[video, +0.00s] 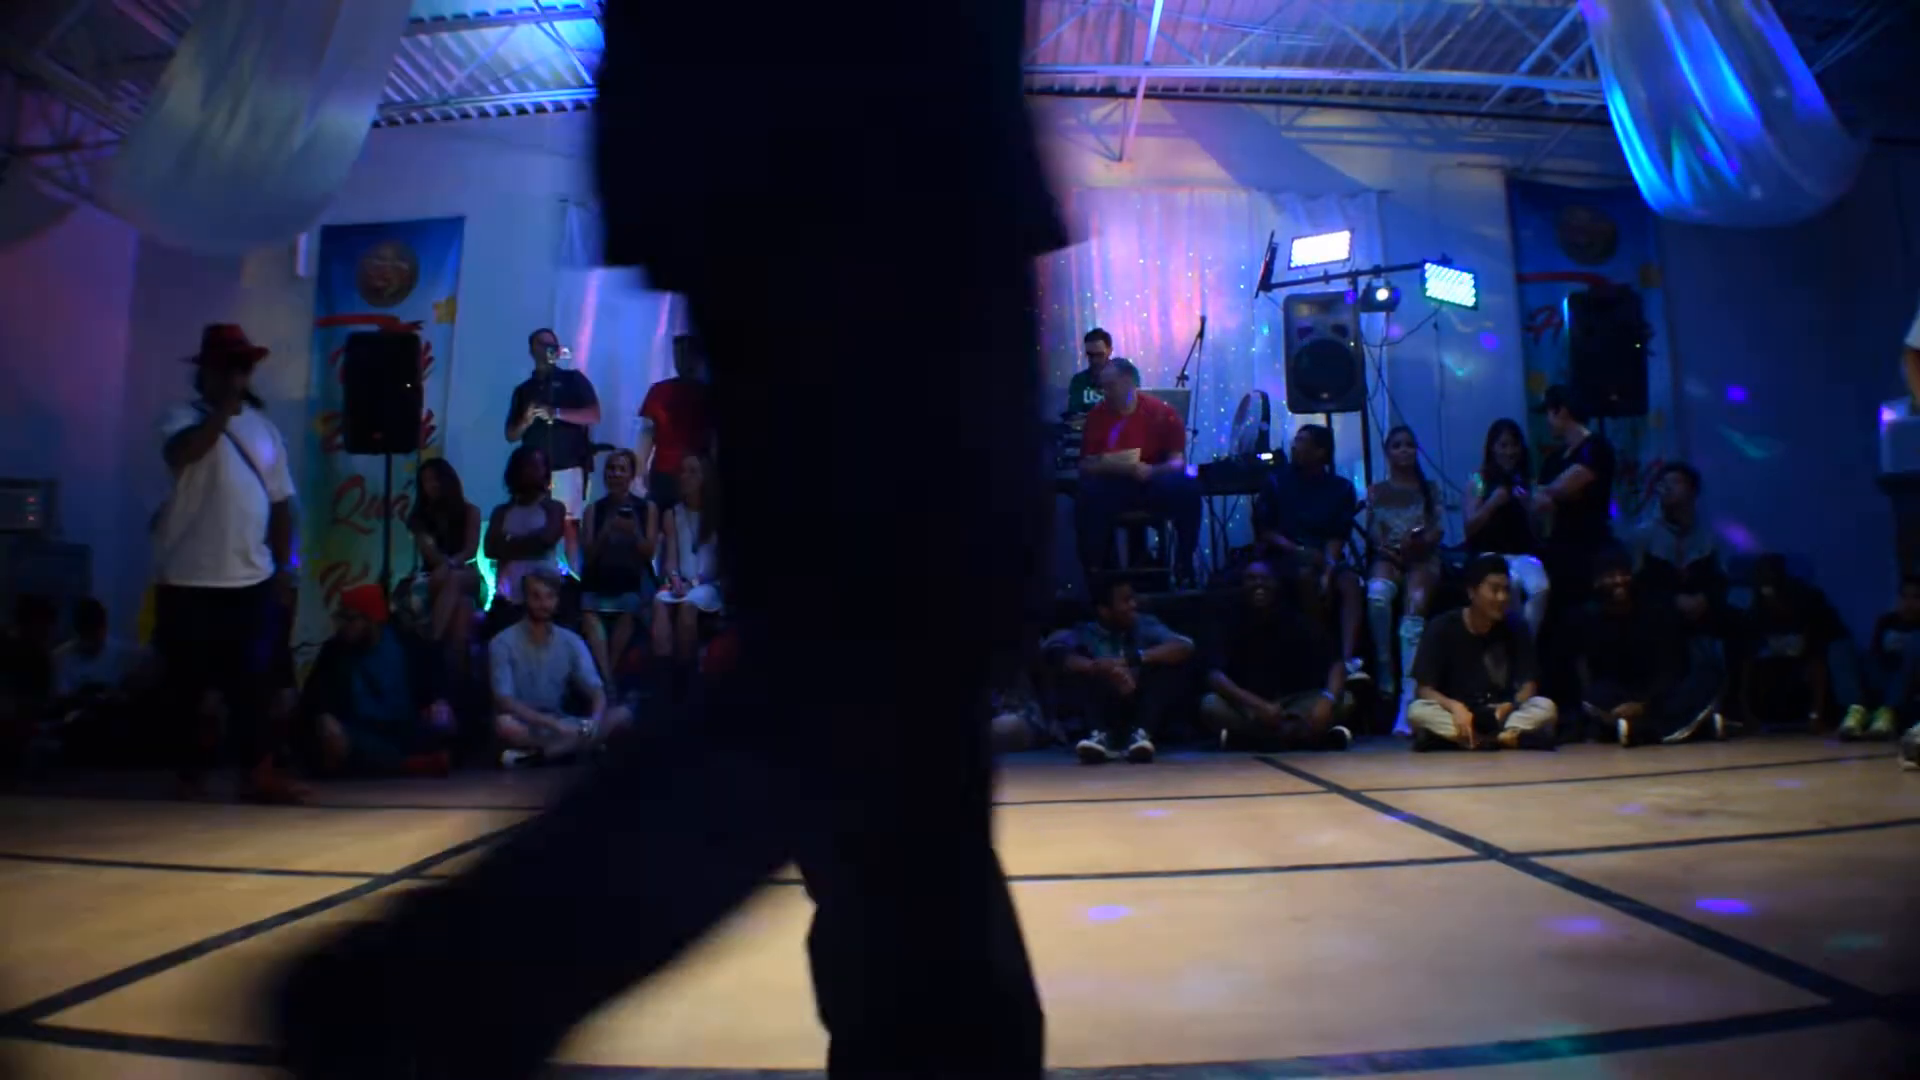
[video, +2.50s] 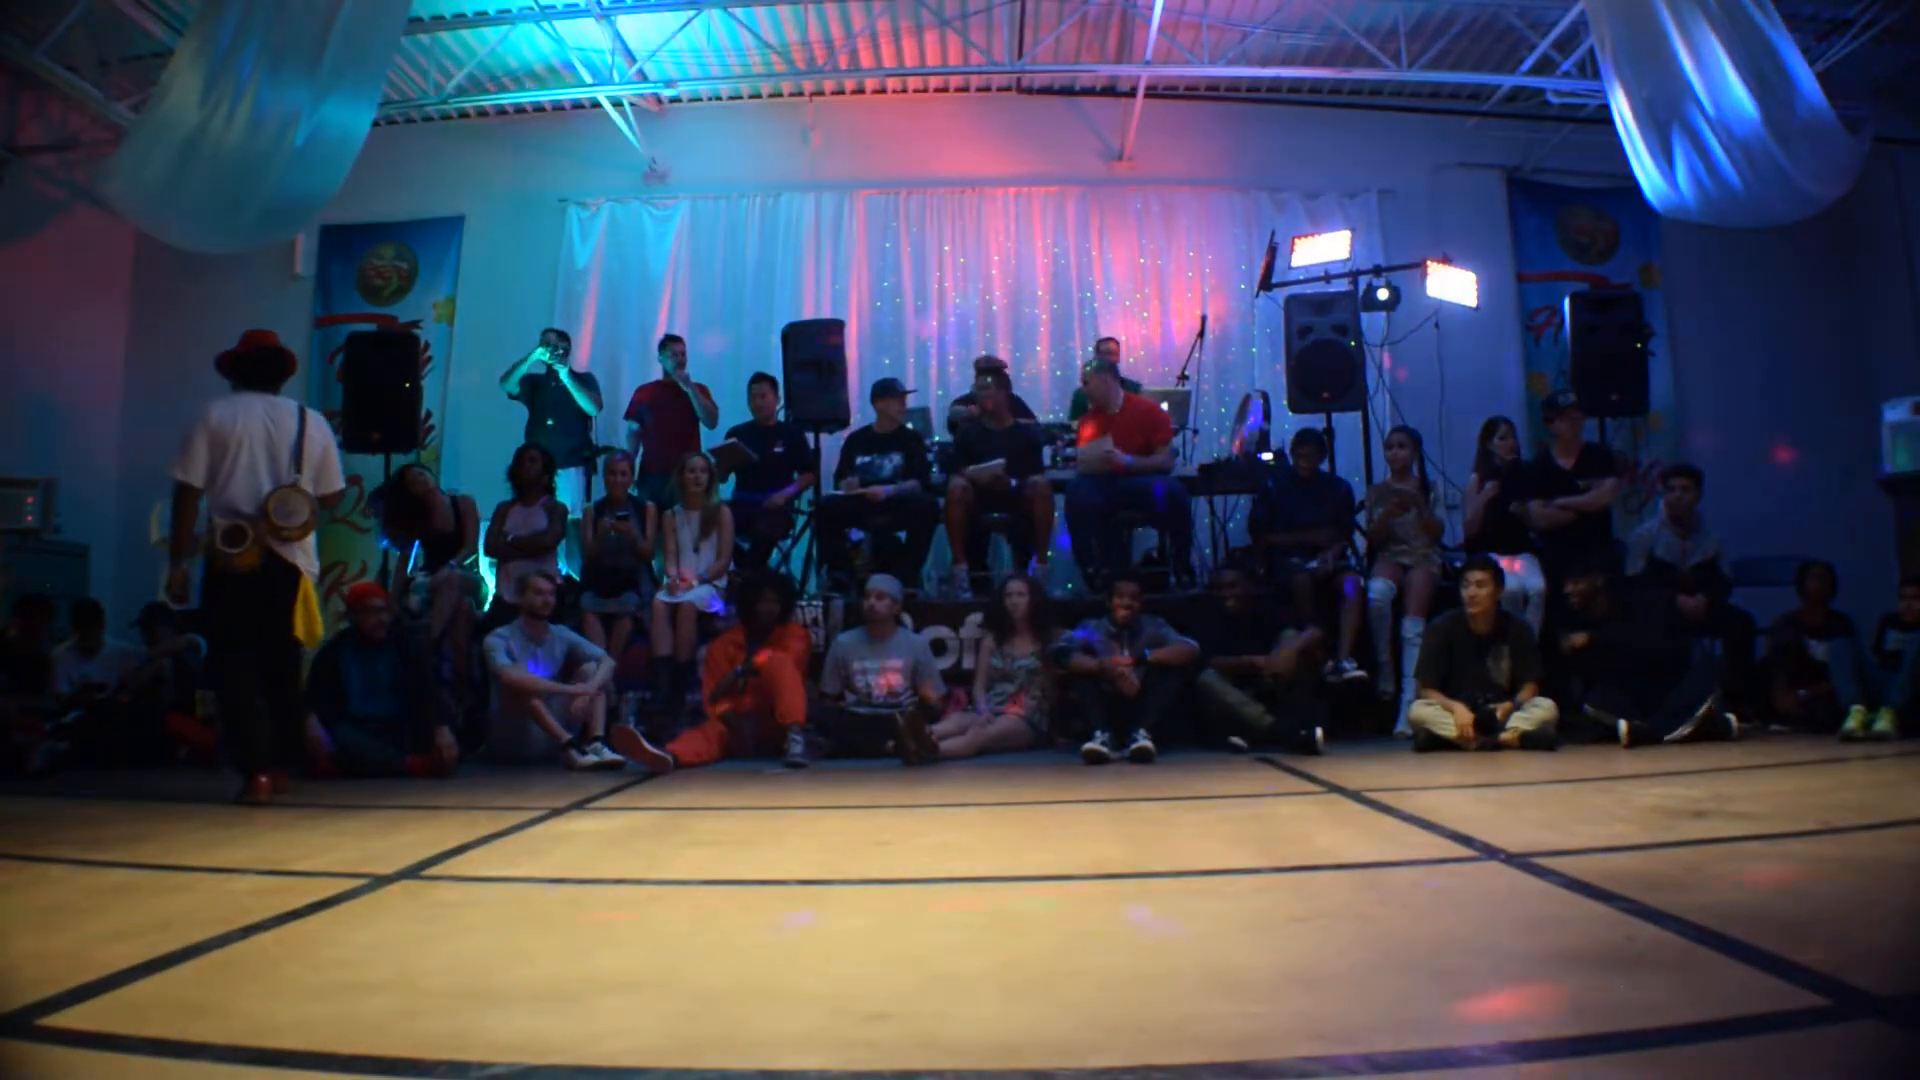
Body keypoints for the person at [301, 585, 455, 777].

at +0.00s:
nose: (342, 625)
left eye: (350, 618)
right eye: (341, 617)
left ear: (372, 619)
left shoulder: (404, 644)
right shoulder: (334, 651)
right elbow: (315, 698)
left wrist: (437, 702)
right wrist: (325, 720)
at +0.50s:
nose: (347, 619)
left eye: (355, 613)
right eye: (343, 612)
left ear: (373, 615)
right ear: (337, 612)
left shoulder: (400, 641)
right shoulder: (328, 650)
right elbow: (311, 696)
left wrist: (435, 709)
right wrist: (321, 720)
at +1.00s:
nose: (353, 622)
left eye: (361, 614)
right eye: (348, 614)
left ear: (377, 617)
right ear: (341, 616)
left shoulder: (400, 647)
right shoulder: (331, 652)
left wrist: (437, 718)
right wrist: (318, 718)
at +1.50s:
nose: (362, 615)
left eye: (370, 608)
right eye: (356, 608)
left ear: (385, 612)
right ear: (349, 611)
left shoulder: (403, 644)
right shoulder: (340, 647)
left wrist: (444, 734)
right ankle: (403, 764)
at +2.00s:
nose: (367, 614)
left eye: (374, 606)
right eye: (360, 607)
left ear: (386, 610)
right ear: (350, 612)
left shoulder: (402, 641)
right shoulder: (339, 645)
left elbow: (425, 684)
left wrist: (441, 727)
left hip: (402, 719)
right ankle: (404, 764)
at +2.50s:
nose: (381, 619)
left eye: (384, 611)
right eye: (372, 612)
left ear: (391, 613)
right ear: (355, 616)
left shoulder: (404, 646)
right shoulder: (334, 652)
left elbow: (426, 690)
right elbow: (315, 700)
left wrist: (441, 728)